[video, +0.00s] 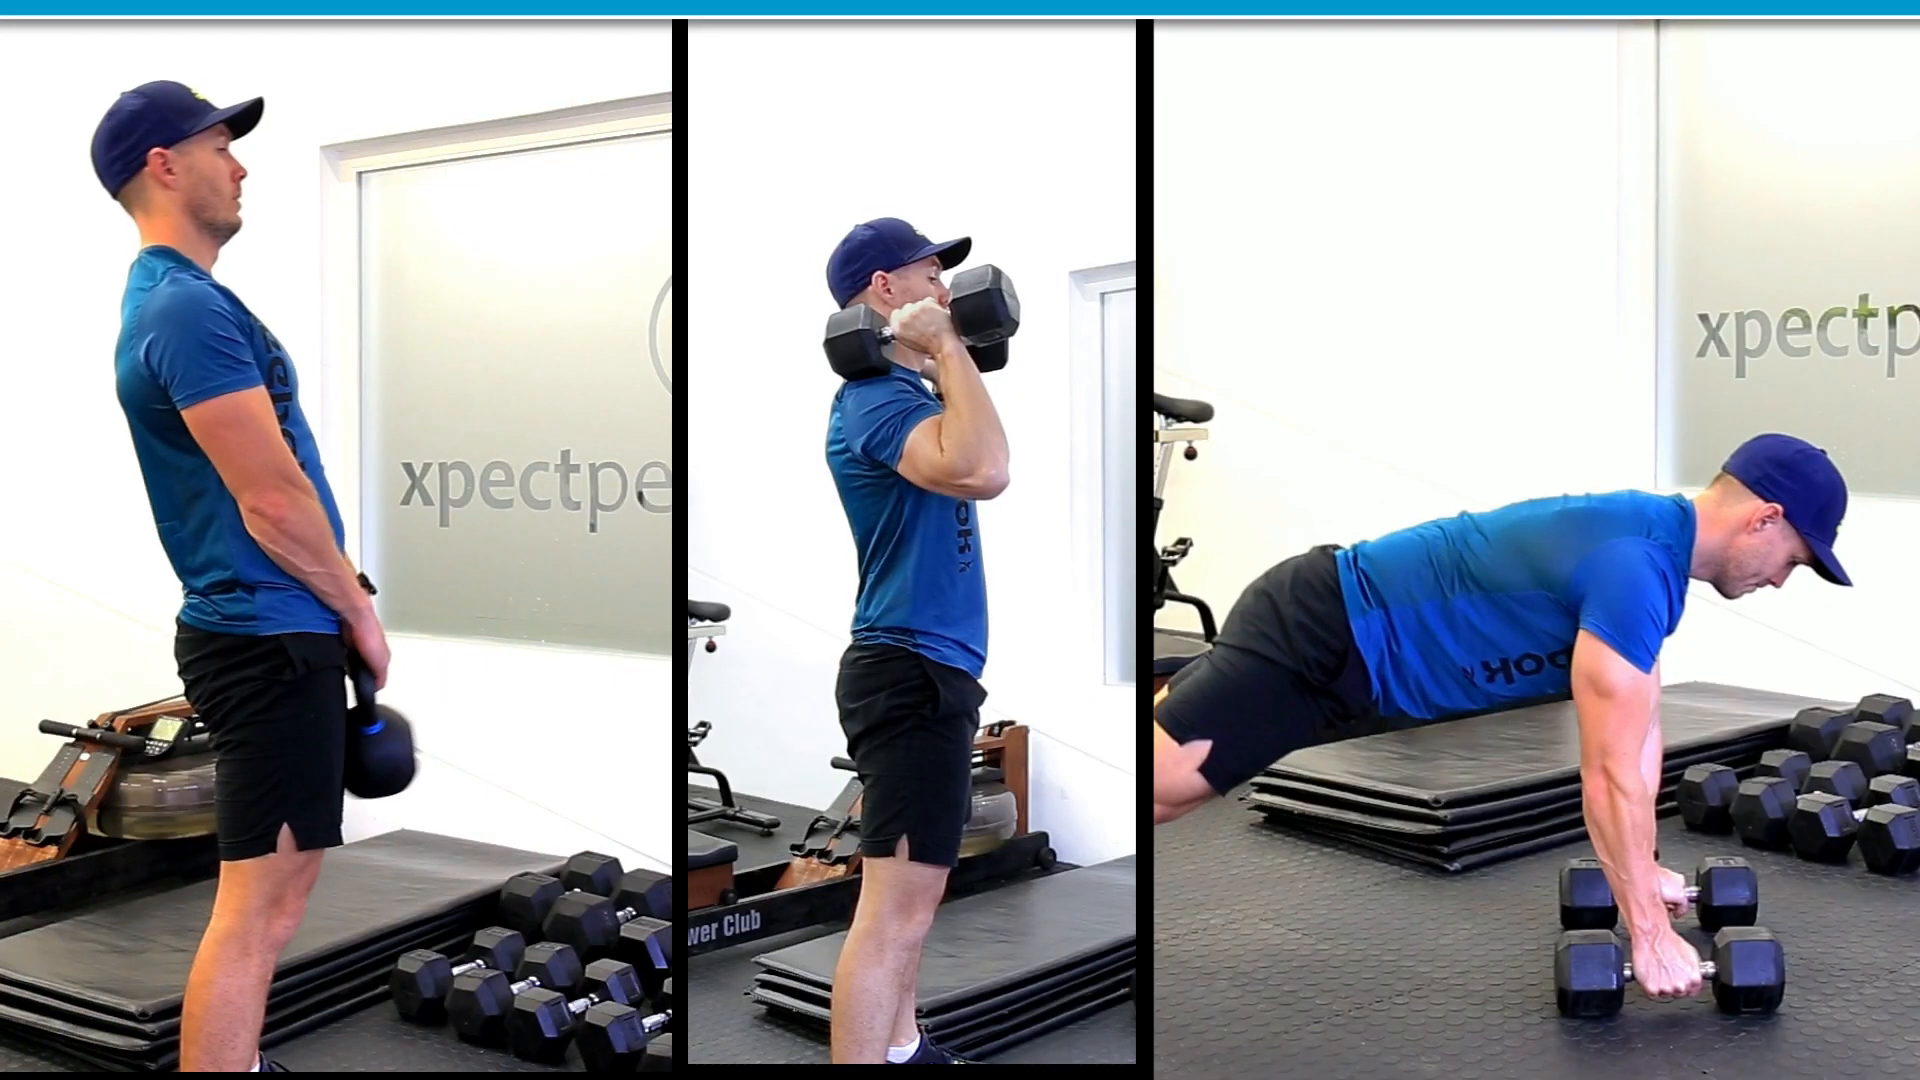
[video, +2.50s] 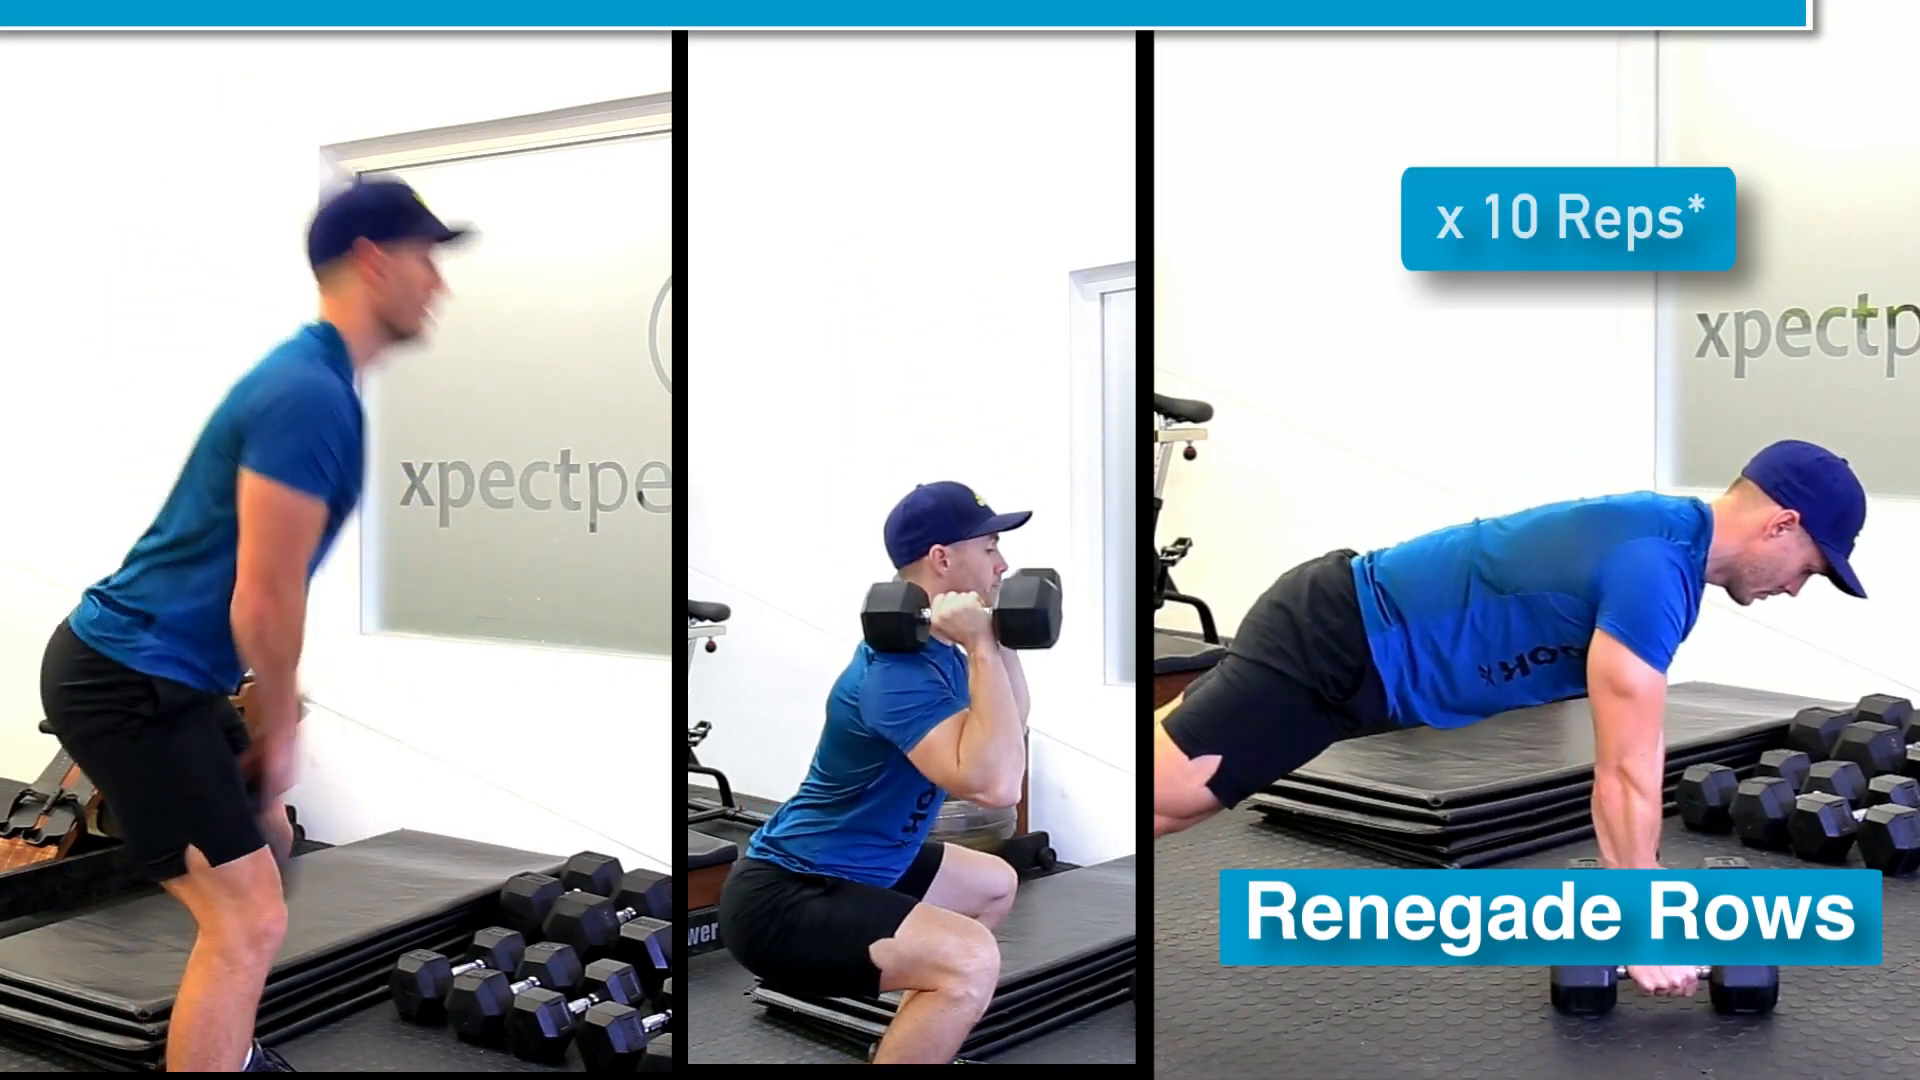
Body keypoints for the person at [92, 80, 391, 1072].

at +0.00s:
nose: (242, 165)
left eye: (233, 147)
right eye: (221, 145)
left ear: (159, 172)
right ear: (162, 167)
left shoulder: (172, 298)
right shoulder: (186, 305)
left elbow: (266, 496)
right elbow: (272, 503)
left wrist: (347, 597)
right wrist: (359, 612)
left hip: (269, 636)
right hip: (266, 642)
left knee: (268, 902)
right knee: (256, 911)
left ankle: (227, 1059)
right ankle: (216, 1066)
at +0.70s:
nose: (375, 222)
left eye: (373, 202)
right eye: (360, 200)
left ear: (302, 209)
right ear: (297, 203)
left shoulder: (277, 340)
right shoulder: (255, 342)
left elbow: (270, 539)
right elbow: (242, 552)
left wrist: (287, 669)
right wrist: (286, 682)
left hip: (167, 653)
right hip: (126, 657)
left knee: (241, 855)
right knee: (209, 912)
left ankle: (215, 1053)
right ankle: (187, 1073)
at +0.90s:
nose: (470, 314)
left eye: (469, 292)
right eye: (458, 289)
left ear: (396, 290)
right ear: (398, 286)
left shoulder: (334, 395)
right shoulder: (322, 404)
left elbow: (248, 587)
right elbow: (235, 602)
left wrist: (222, 711)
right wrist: (224, 726)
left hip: (150, 658)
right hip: (102, 657)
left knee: (223, 850)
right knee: (182, 914)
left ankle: (222, 1057)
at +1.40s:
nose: (369, 214)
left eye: (368, 193)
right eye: (356, 191)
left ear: (293, 195)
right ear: (297, 191)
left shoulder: (251, 315)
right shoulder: (250, 327)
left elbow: (250, 525)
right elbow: (251, 535)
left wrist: (278, 653)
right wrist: (287, 654)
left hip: (186, 644)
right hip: (175, 650)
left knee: (239, 894)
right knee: (241, 917)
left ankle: (218, 1050)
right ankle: (204, 1067)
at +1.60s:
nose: (275, 190)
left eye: (274, 170)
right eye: (263, 167)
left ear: (199, 171)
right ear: (201, 166)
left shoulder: (175, 288)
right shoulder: (171, 295)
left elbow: (257, 469)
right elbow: (266, 472)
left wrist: (377, 532)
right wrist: (389, 535)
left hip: (206, 631)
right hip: (191, 638)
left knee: (226, 877)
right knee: (202, 906)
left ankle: (226, 1059)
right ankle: (190, 1076)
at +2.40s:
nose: (372, 222)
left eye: (370, 201)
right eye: (357, 198)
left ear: (299, 207)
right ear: (295, 201)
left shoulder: (274, 336)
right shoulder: (257, 343)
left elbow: (289, 531)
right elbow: (271, 556)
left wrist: (335, 643)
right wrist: (338, 658)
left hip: (175, 656)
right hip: (139, 663)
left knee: (261, 841)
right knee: (242, 919)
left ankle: (218, 1042)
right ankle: (207, 1071)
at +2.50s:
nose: (441, 282)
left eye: (439, 261)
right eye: (425, 259)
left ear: (368, 266)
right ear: (367, 261)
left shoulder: (318, 382)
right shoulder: (312, 393)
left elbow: (272, 587)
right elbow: (264, 599)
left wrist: (279, 713)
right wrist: (277, 734)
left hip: (166, 673)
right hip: (128, 676)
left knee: (262, 859)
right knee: (247, 923)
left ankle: (222, 1041)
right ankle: (205, 1062)